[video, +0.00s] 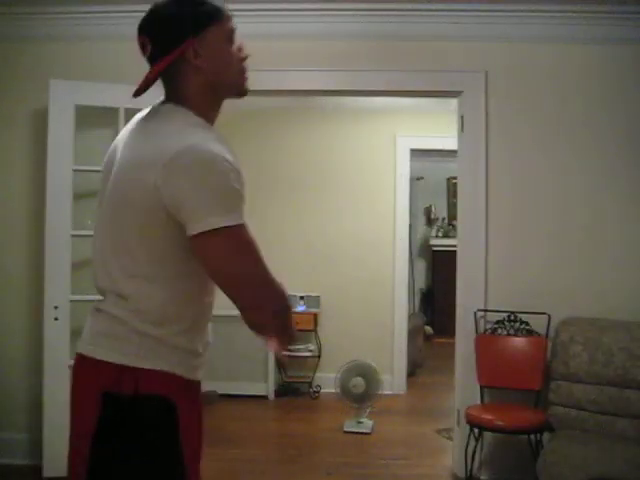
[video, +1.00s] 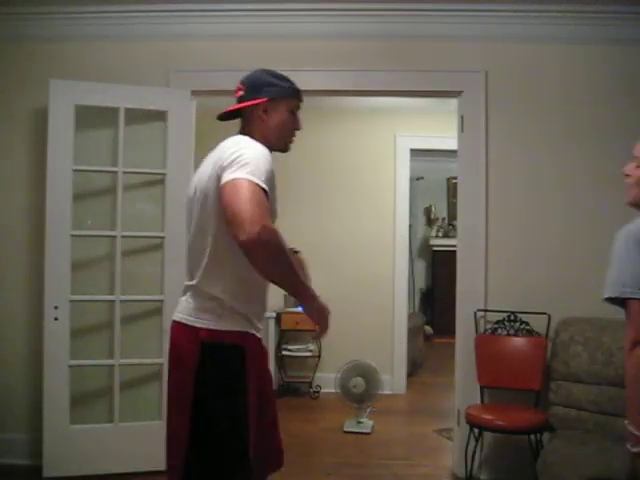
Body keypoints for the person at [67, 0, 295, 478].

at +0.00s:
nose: (242, 52)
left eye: (236, 40)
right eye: (229, 41)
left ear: (192, 58)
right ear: (195, 56)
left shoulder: (140, 134)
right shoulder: (193, 153)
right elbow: (264, 304)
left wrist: (263, 317)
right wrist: (282, 329)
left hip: (110, 374)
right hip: (147, 386)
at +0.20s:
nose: (226, 76)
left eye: (222, 64)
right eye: (216, 65)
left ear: (178, 79)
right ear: (184, 77)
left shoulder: (110, 148)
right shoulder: (203, 155)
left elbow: (72, 238)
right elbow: (231, 289)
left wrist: (125, 294)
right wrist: (261, 416)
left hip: (103, 360)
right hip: (166, 369)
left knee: (100, 472)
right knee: (180, 473)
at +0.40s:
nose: (231, 96)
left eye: (230, 85)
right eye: (225, 85)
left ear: (174, 95)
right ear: (196, 91)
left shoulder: (119, 158)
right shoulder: (215, 147)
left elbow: (88, 254)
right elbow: (203, 257)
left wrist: (136, 300)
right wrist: (198, 382)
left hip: (107, 356)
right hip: (176, 359)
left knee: (94, 470)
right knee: (198, 472)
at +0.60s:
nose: (251, 116)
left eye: (250, 103)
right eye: (246, 102)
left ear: (198, 107)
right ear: (219, 104)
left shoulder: (151, 165)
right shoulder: (226, 158)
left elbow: (141, 261)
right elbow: (227, 263)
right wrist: (248, 373)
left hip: (136, 355)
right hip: (196, 363)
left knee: (126, 470)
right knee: (206, 471)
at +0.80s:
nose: (275, 123)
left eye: (274, 112)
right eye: (270, 111)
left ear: (229, 113)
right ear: (242, 111)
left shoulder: (182, 165)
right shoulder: (235, 161)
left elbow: (203, 254)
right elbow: (243, 262)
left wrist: (267, 278)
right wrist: (306, 334)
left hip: (174, 347)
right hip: (216, 352)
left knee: (180, 469)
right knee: (229, 471)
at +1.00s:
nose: (298, 123)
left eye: (297, 113)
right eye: (292, 111)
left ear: (259, 112)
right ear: (263, 111)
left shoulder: (220, 156)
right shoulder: (248, 152)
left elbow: (223, 243)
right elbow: (252, 231)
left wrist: (280, 258)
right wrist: (307, 297)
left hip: (203, 335)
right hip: (223, 341)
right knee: (237, 465)